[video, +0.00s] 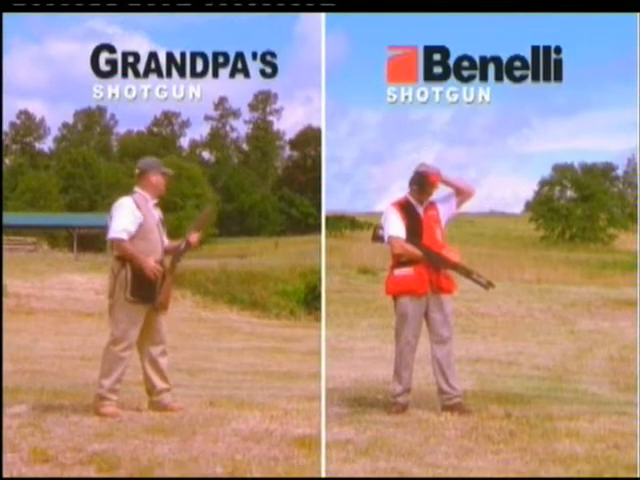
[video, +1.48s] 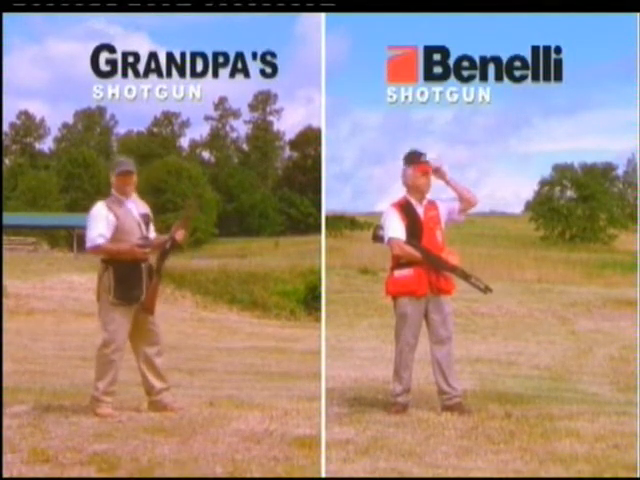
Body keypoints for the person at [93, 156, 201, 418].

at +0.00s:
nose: (165, 183)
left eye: (165, 178)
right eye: (160, 176)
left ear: (153, 180)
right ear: (146, 178)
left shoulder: (154, 211)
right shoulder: (127, 205)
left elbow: (160, 246)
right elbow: (117, 241)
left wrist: (185, 244)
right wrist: (143, 261)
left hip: (152, 276)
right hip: (129, 276)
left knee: (155, 341)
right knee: (122, 340)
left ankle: (160, 396)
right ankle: (106, 398)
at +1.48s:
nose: (126, 181)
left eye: (130, 176)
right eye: (121, 176)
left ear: (136, 179)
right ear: (112, 179)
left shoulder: (142, 208)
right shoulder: (102, 210)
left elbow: (148, 241)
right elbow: (94, 245)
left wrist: (170, 240)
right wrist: (129, 251)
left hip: (141, 284)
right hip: (115, 282)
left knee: (149, 341)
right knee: (113, 341)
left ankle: (158, 396)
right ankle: (102, 399)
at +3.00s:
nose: (157, 186)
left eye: (156, 181)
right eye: (151, 181)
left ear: (152, 185)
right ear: (135, 184)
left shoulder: (153, 212)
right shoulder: (123, 214)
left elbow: (165, 243)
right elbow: (135, 249)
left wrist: (186, 241)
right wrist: (170, 250)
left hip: (148, 276)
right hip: (125, 277)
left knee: (157, 341)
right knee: (120, 342)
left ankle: (162, 396)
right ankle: (94, 398)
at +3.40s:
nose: (152, 188)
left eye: (151, 183)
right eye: (146, 183)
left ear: (143, 188)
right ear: (130, 188)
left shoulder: (150, 214)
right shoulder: (115, 218)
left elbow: (158, 247)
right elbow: (98, 257)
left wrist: (179, 245)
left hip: (146, 279)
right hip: (120, 281)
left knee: (159, 339)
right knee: (119, 343)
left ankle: (162, 397)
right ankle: (92, 399)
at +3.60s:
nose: (161, 195)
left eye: (160, 190)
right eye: (156, 190)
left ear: (148, 194)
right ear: (141, 194)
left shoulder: (157, 218)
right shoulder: (120, 222)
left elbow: (161, 250)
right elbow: (89, 248)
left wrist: (184, 250)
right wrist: (63, 275)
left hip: (147, 284)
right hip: (120, 285)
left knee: (158, 339)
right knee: (120, 346)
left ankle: (162, 396)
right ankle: (92, 398)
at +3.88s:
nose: (170, 202)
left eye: (169, 197)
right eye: (165, 197)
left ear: (153, 202)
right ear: (151, 201)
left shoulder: (157, 225)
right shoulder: (145, 233)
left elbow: (156, 259)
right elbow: (136, 277)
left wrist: (182, 262)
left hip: (149, 297)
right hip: (132, 299)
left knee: (167, 342)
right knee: (133, 354)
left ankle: (165, 395)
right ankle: (96, 398)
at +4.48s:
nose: (138, 176)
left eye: (139, 172)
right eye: (132, 172)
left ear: (138, 177)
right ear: (119, 178)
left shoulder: (144, 197)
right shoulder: (115, 202)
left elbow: (177, 192)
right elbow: (143, 204)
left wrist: (191, 162)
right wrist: (153, 174)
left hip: (152, 262)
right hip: (128, 265)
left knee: (160, 336)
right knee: (118, 336)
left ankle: (163, 396)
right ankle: (97, 398)